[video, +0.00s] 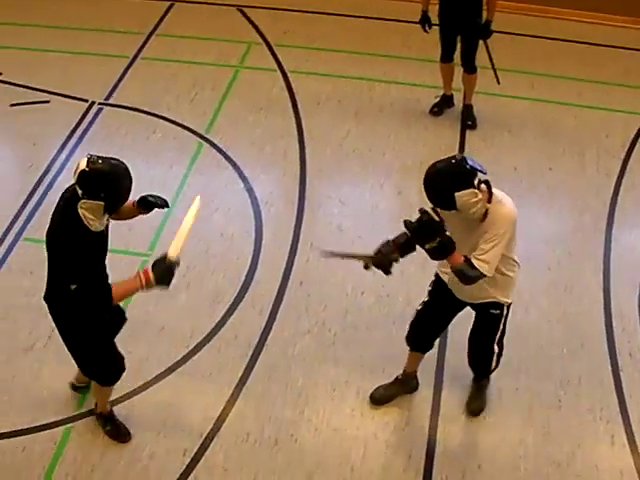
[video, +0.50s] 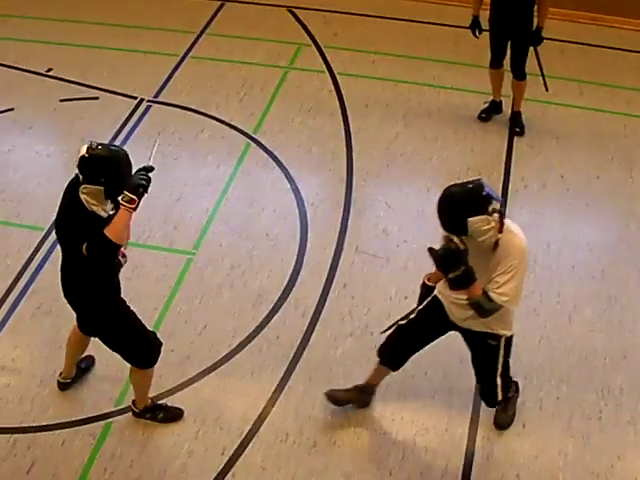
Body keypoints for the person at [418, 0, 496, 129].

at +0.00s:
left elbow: (491, 0)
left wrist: (488, 21)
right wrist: (424, 11)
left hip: (471, 17)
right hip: (447, 16)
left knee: (469, 64)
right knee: (446, 57)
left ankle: (467, 106)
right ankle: (447, 96)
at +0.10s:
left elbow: (506, 1)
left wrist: (504, 23)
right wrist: (439, 12)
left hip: (487, 20)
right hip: (463, 18)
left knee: (484, 66)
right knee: (461, 59)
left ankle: (482, 109)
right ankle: (462, 98)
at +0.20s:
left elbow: (525, 2)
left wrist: (522, 25)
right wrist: (457, 14)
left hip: (505, 22)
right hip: (480, 20)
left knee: (502, 69)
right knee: (478, 61)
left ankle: (500, 111)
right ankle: (479, 100)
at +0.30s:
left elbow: (537, 2)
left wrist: (534, 27)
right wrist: (470, 15)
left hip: (518, 23)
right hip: (493, 21)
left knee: (514, 70)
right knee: (491, 62)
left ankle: (512, 112)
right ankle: (491, 102)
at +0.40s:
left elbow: (542, 2)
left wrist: (539, 28)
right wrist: (475, 16)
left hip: (522, 24)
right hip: (498, 21)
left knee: (518, 70)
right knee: (495, 62)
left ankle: (516, 113)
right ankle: (495, 102)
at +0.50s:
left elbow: (543, 2)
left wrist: (539, 28)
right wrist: (475, 16)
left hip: (523, 24)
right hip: (498, 21)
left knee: (518, 70)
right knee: (495, 62)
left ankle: (516, 113)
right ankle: (496, 102)